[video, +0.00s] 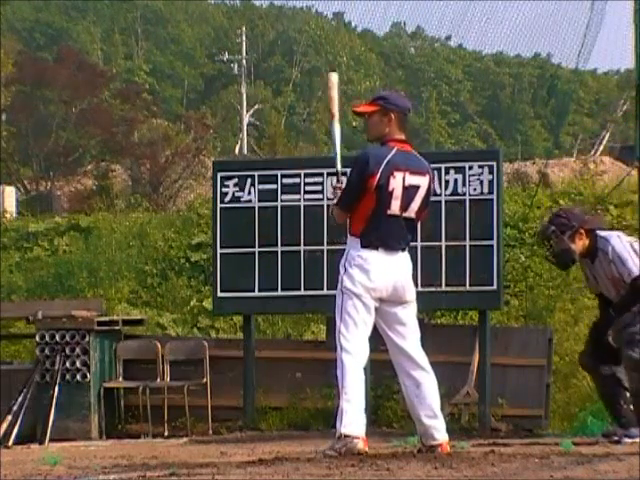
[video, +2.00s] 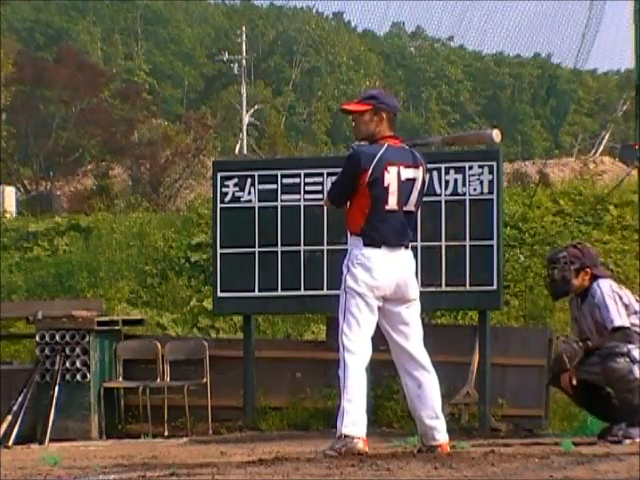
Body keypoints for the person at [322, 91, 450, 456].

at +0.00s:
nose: (366, 122)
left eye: (371, 116)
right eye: (367, 116)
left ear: (390, 118)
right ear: (396, 120)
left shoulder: (369, 158)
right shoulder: (423, 167)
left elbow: (341, 211)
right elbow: (416, 218)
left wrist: (336, 204)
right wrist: (361, 211)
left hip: (363, 262)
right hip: (400, 263)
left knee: (352, 349)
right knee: (410, 352)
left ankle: (352, 434)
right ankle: (436, 437)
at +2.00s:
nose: (354, 123)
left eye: (359, 117)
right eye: (354, 117)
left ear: (380, 119)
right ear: (384, 121)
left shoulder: (363, 155)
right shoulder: (416, 159)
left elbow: (335, 199)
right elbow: (405, 203)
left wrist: (357, 171)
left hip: (367, 261)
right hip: (403, 261)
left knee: (354, 349)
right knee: (413, 352)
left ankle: (352, 435)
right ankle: (436, 437)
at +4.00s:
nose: (358, 121)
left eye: (364, 116)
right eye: (360, 116)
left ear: (382, 118)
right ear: (391, 119)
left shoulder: (365, 154)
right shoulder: (424, 155)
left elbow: (338, 190)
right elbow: (433, 175)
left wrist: (366, 162)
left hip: (379, 257)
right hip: (416, 259)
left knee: (350, 345)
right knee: (412, 353)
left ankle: (347, 427)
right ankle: (435, 437)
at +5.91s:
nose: (357, 124)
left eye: (362, 119)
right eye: (358, 118)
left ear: (380, 121)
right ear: (393, 122)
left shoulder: (358, 155)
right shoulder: (423, 161)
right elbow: (429, 184)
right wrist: (402, 142)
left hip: (376, 261)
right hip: (415, 261)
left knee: (353, 348)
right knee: (419, 352)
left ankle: (344, 431)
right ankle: (442, 435)